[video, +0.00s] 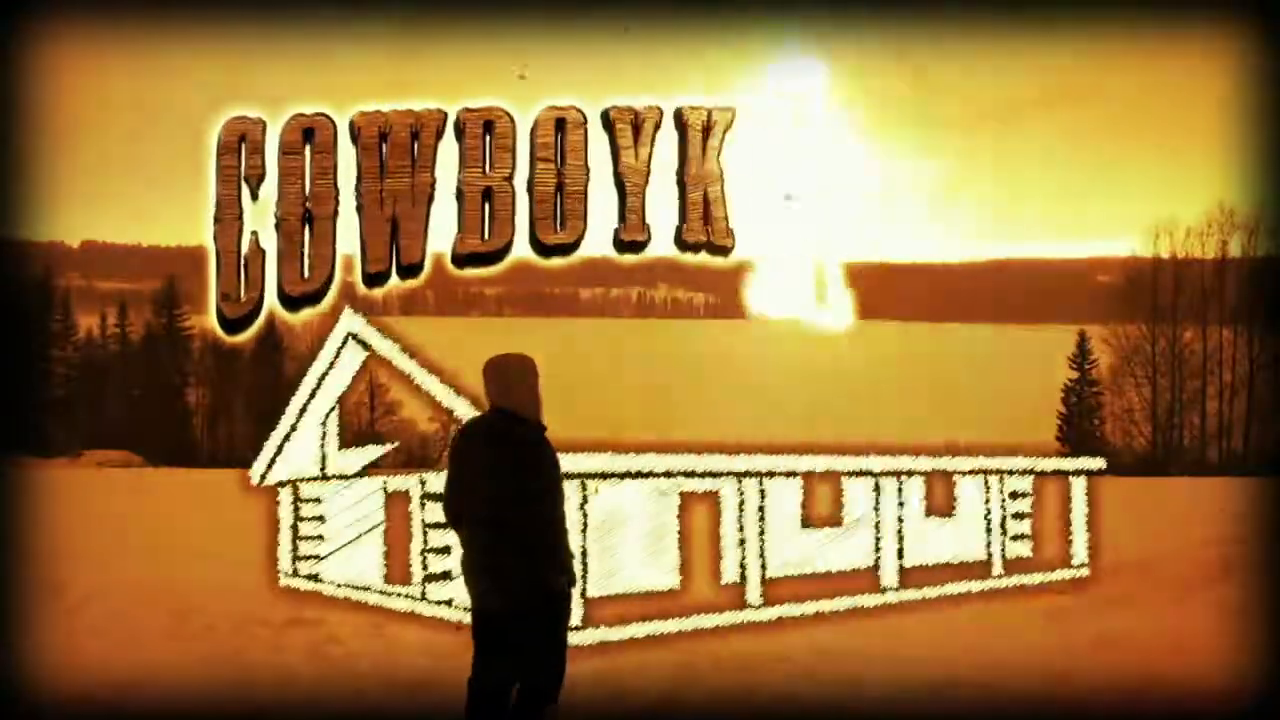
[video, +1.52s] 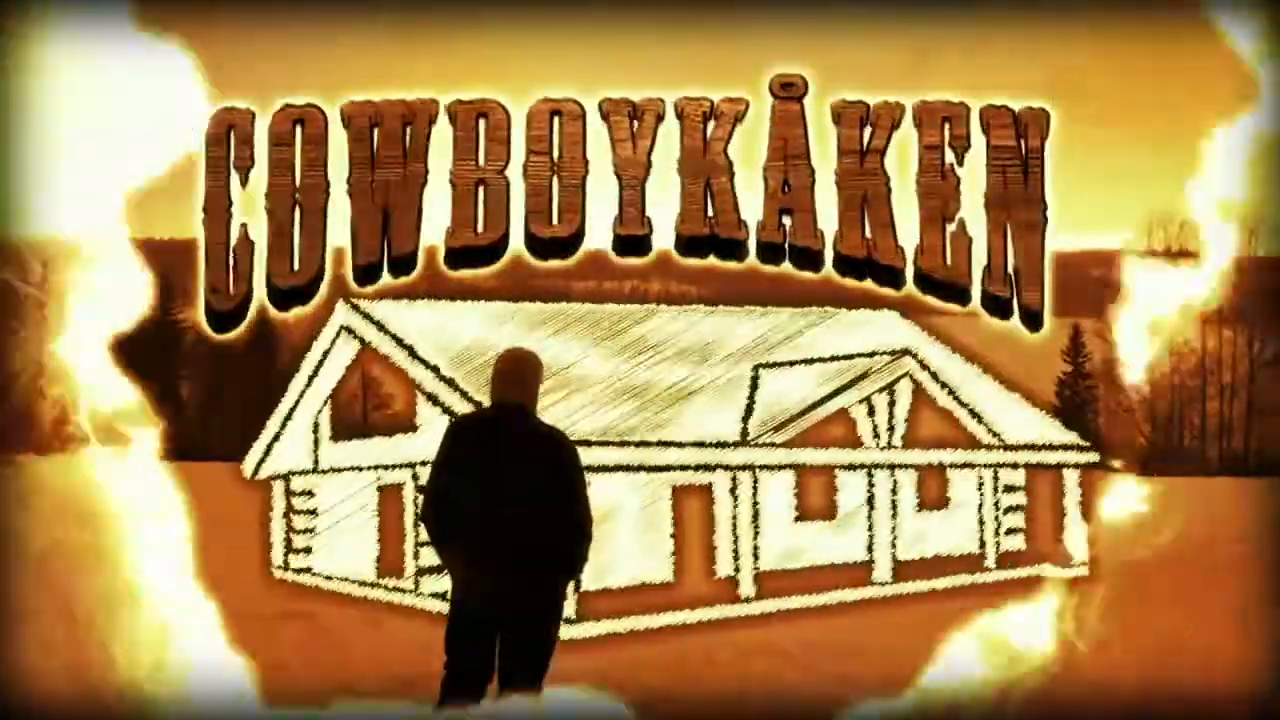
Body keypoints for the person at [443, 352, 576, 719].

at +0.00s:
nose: (538, 391)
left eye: (534, 383)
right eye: (533, 383)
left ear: (491, 388)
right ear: (526, 388)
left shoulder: (470, 437)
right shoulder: (535, 442)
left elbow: (455, 509)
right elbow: (551, 521)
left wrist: (480, 545)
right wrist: (565, 574)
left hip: (488, 584)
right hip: (540, 585)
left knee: (490, 674)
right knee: (543, 678)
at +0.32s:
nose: (538, 396)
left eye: (535, 388)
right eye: (535, 388)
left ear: (491, 393)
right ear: (530, 392)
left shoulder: (469, 441)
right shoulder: (550, 447)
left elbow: (445, 515)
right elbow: (569, 522)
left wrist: (474, 553)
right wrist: (569, 575)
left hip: (487, 587)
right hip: (545, 588)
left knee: (488, 681)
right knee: (536, 688)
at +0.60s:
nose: (530, 397)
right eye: (534, 390)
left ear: (496, 390)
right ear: (539, 394)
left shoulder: (470, 440)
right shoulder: (561, 448)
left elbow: (442, 517)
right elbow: (584, 525)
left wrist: (473, 569)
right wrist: (571, 577)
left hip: (485, 592)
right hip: (548, 595)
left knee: (478, 684)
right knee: (532, 695)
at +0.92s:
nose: (535, 397)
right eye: (541, 390)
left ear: (504, 390)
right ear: (545, 394)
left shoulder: (472, 438)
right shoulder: (567, 451)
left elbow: (443, 515)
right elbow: (586, 527)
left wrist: (469, 569)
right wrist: (570, 577)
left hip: (482, 587)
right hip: (544, 592)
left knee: (468, 682)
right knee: (528, 692)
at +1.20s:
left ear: (496, 398)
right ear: (534, 401)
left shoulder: (463, 444)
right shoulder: (560, 450)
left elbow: (441, 517)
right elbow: (585, 526)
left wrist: (467, 569)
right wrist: (572, 578)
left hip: (482, 589)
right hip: (543, 591)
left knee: (470, 686)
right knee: (528, 692)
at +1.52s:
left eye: (506, 381)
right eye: (527, 383)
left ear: (493, 384)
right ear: (537, 388)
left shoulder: (463, 433)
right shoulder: (557, 445)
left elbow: (434, 510)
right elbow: (579, 525)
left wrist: (460, 565)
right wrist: (562, 575)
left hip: (474, 586)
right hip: (537, 591)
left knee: (461, 687)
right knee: (521, 693)